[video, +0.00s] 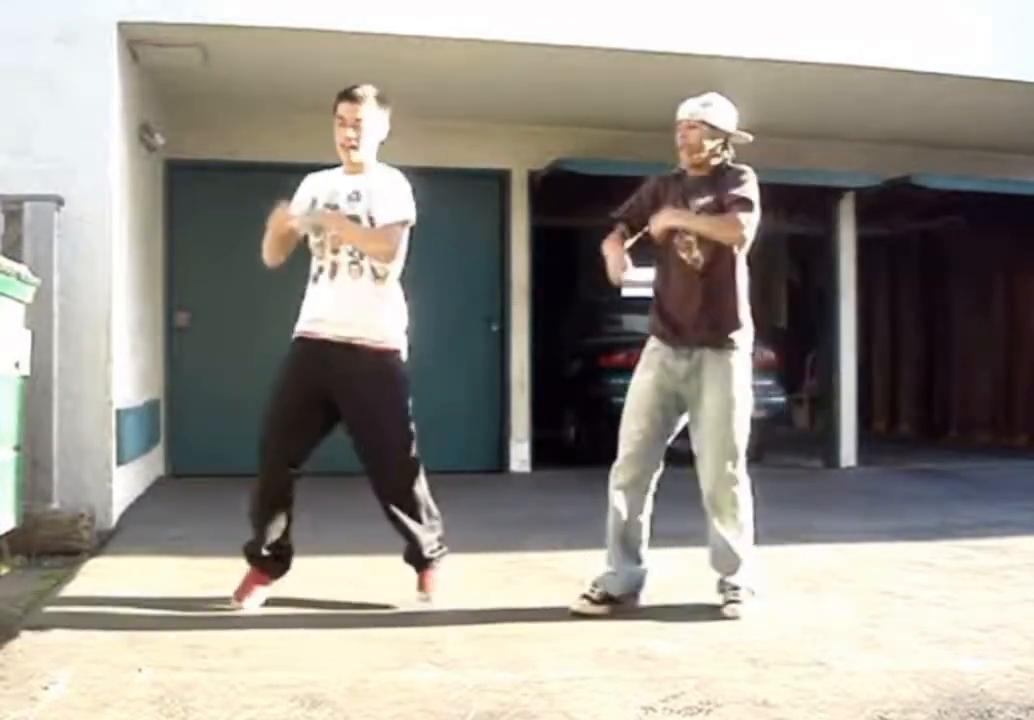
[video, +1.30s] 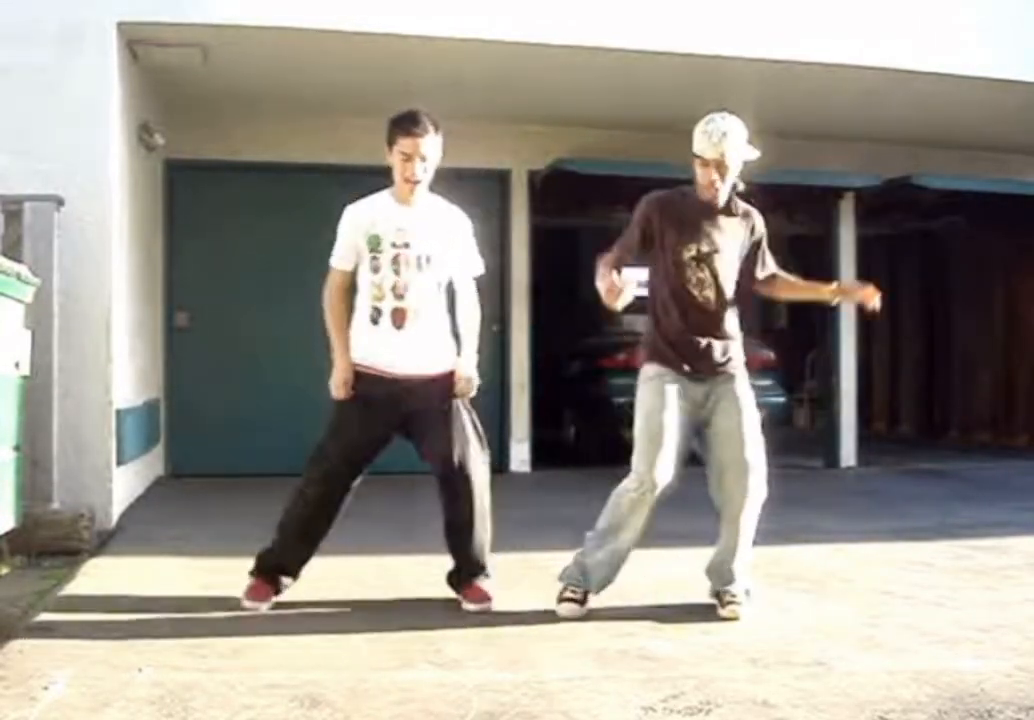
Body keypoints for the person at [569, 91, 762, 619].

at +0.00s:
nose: (685, 138)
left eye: (695, 129)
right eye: (681, 129)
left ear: (721, 137)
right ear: (676, 136)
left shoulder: (738, 180)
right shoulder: (662, 188)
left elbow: (738, 232)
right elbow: (616, 236)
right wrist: (617, 261)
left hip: (722, 349)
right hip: (664, 345)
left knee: (722, 472)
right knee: (631, 465)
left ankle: (735, 581)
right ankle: (621, 577)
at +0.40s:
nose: (651, 135)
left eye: (661, 126)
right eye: (650, 127)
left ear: (687, 136)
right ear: (654, 137)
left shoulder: (710, 182)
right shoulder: (640, 191)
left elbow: (720, 252)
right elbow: (612, 262)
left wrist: (652, 275)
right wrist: (629, 215)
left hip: (704, 355)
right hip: (645, 355)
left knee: (713, 467)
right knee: (615, 465)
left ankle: (722, 579)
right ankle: (616, 579)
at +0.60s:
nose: (688, 165)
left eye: (698, 155)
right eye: (680, 155)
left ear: (714, 157)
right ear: (665, 156)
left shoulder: (743, 197)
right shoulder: (650, 198)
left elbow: (805, 218)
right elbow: (600, 222)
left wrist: (858, 221)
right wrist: (540, 209)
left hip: (715, 360)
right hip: (653, 351)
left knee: (719, 468)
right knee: (587, 438)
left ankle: (722, 576)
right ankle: (609, 560)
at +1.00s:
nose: (711, 183)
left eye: (721, 173)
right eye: (704, 173)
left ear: (740, 173)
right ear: (692, 172)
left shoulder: (762, 220)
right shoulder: (672, 210)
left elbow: (827, 264)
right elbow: (610, 238)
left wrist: (857, 218)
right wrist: (595, 189)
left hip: (730, 367)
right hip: (672, 357)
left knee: (730, 477)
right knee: (606, 440)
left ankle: (723, 580)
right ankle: (642, 565)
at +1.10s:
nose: (708, 162)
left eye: (718, 153)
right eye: (701, 152)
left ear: (739, 150)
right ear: (690, 150)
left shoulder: (763, 201)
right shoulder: (673, 192)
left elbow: (808, 261)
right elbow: (629, 222)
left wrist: (803, 216)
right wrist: (623, 215)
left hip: (730, 357)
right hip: (669, 347)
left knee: (733, 470)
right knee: (615, 435)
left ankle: (725, 579)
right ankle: (619, 557)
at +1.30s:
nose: (713, 177)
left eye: (724, 167)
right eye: (706, 165)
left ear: (740, 166)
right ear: (693, 161)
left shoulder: (748, 221)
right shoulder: (659, 209)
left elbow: (768, 281)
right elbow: (611, 261)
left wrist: (838, 291)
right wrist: (611, 289)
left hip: (727, 368)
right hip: (666, 366)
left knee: (747, 478)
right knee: (652, 476)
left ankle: (730, 582)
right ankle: (581, 577)